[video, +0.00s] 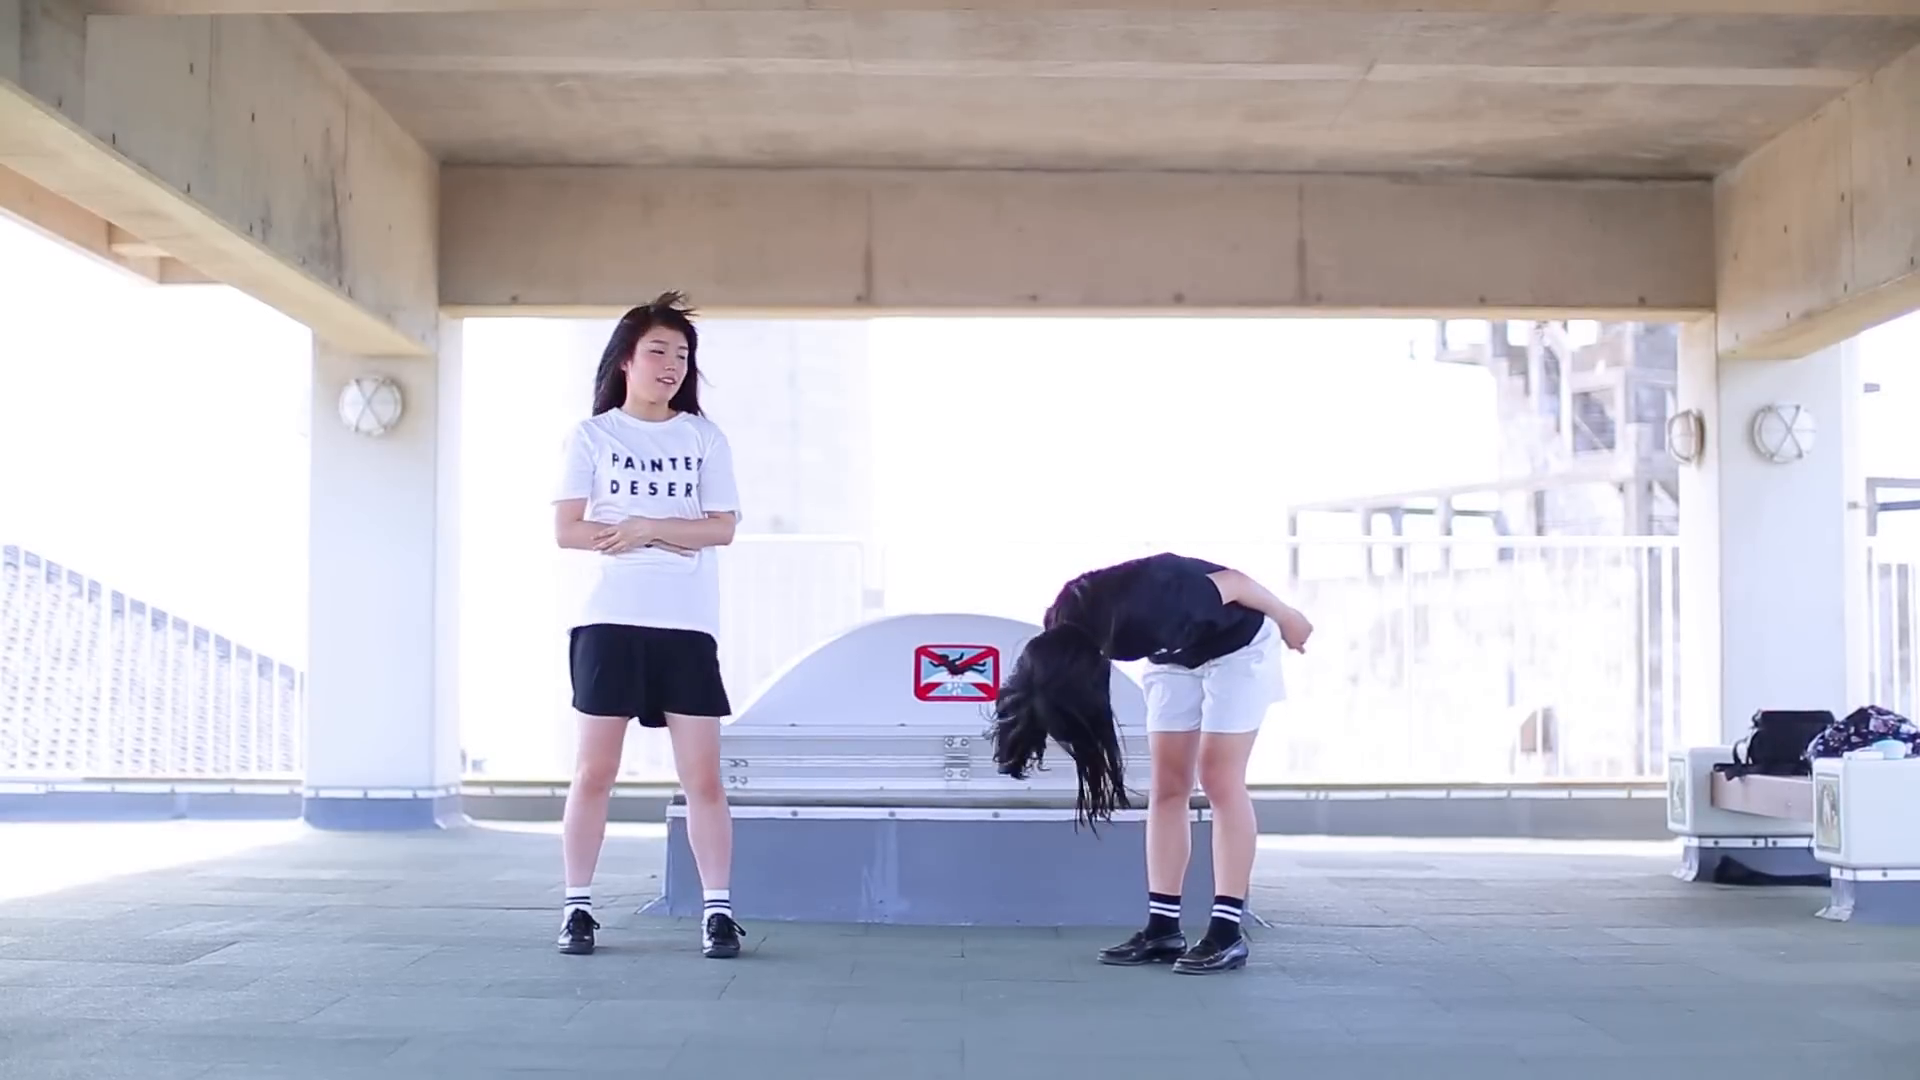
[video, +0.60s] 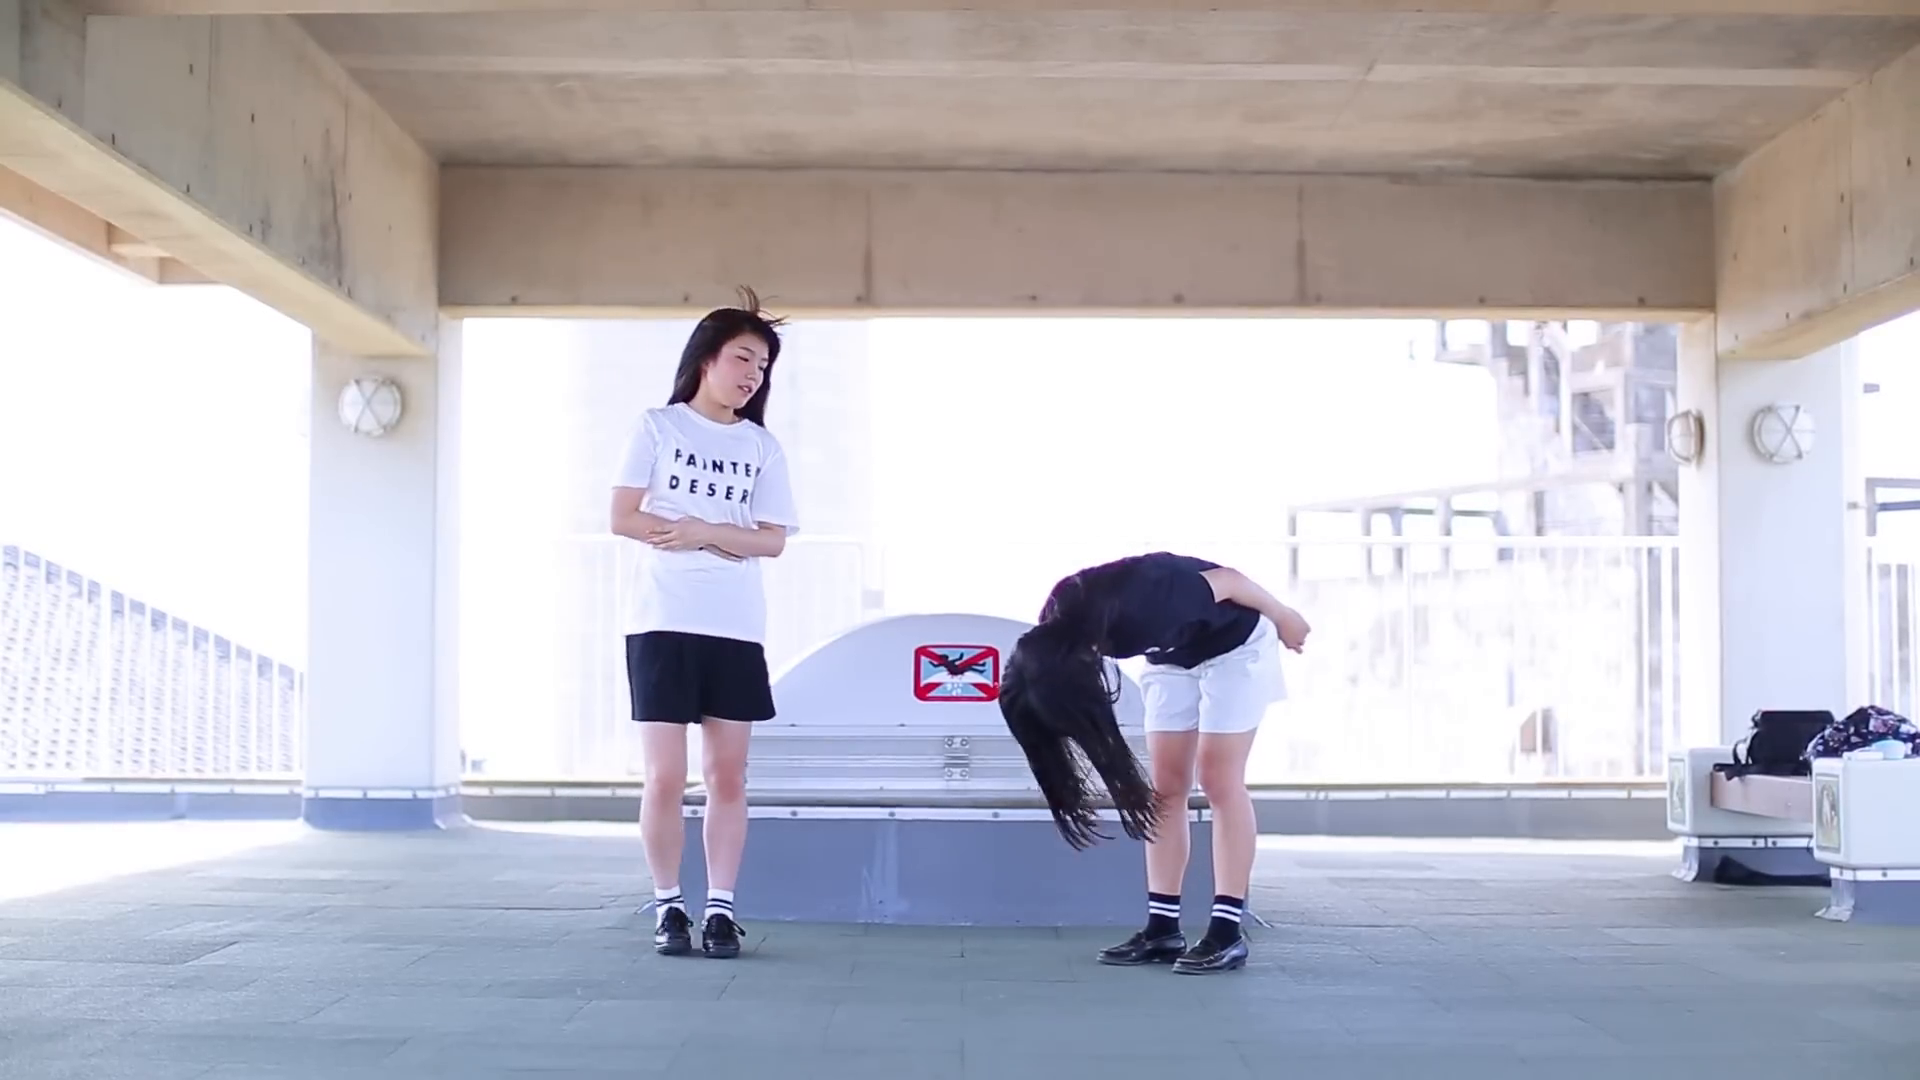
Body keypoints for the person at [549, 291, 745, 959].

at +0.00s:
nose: (669, 364)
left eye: (679, 353)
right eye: (655, 351)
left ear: (689, 365)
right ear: (625, 359)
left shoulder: (705, 436)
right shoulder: (591, 434)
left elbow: (723, 529)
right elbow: (567, 531)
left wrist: (648, 526)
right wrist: (661, 534)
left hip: (687, 625)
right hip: (611, 622)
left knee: (705, 782)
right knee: (594, 774)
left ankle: (718, 911)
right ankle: (578, 908)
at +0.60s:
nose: (751, 372)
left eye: (761, 364)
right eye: (741, 357)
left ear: (764, 375)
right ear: (705, 357)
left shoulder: (763, 446)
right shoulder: (657, 425)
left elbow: (774, 542)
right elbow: (623, 519)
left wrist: (700, 531)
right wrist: (720, 535)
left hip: (735, 626)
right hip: (662, 623)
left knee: (728, 776)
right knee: (667, 776)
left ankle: (720, 909)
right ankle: (669, 906)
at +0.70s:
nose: (761, 377)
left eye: (770, 369)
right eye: (751, 362)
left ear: (771, 378)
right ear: (714, 360)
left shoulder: (765, 449)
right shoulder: (661, 422)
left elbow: (772, 547)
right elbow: (620, 513)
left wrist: (698, 532)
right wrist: (717, 537)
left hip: (733, 625)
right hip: (662, 620)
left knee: (727, 775)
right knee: (678, 775)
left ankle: (720, 908)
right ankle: (683, 909)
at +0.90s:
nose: (774, 385)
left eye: (783, 376)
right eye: (766, 369)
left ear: (784, 383)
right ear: (730, 361)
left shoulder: (770, 452)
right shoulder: (669, 419)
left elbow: (776, 550)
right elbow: (623, 505)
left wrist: (705, 542)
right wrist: (704, 554)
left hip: (727, 629)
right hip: (653, 621)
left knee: (720, 776)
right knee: (668, 775)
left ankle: (719, 908)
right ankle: (682, 909)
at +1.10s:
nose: (784, 390)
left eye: (793, 382)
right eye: (776, 374)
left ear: (794, 390)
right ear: (739, 367)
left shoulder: (777, 461)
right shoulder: (678, 420)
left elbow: (774, 557)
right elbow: (626, 505)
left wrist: (703, 546)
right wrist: (700, 557)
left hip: (724, 632)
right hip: (651, 622)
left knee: (719, 778)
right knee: (665, 776)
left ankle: (719, 909)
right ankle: (680, 910)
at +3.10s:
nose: (598, 361)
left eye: (615, 350)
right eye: (592, 350)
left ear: (644, 364)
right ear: (583, 360)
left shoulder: (667, 434)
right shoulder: (563, 425)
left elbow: (707, 516)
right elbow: (486, 440)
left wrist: (681, 564)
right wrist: (538, 381)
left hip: (640, 622)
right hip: (565, 619)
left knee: (657, 780)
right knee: (570, 774)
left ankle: (672, 905)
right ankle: (579, 909)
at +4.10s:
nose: (610, 355)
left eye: (619, 343)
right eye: (594, 345)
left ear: (635, 355)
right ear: (570, 362)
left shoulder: (663, 425)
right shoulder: (554, 423)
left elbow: (712, 498)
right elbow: (474, 438)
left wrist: (704, 418)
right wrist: (530, 375)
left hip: (645, 617)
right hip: (568, 617)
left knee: (645, 776)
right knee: (574, 775)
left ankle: (651, 907)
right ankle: (579, 910)